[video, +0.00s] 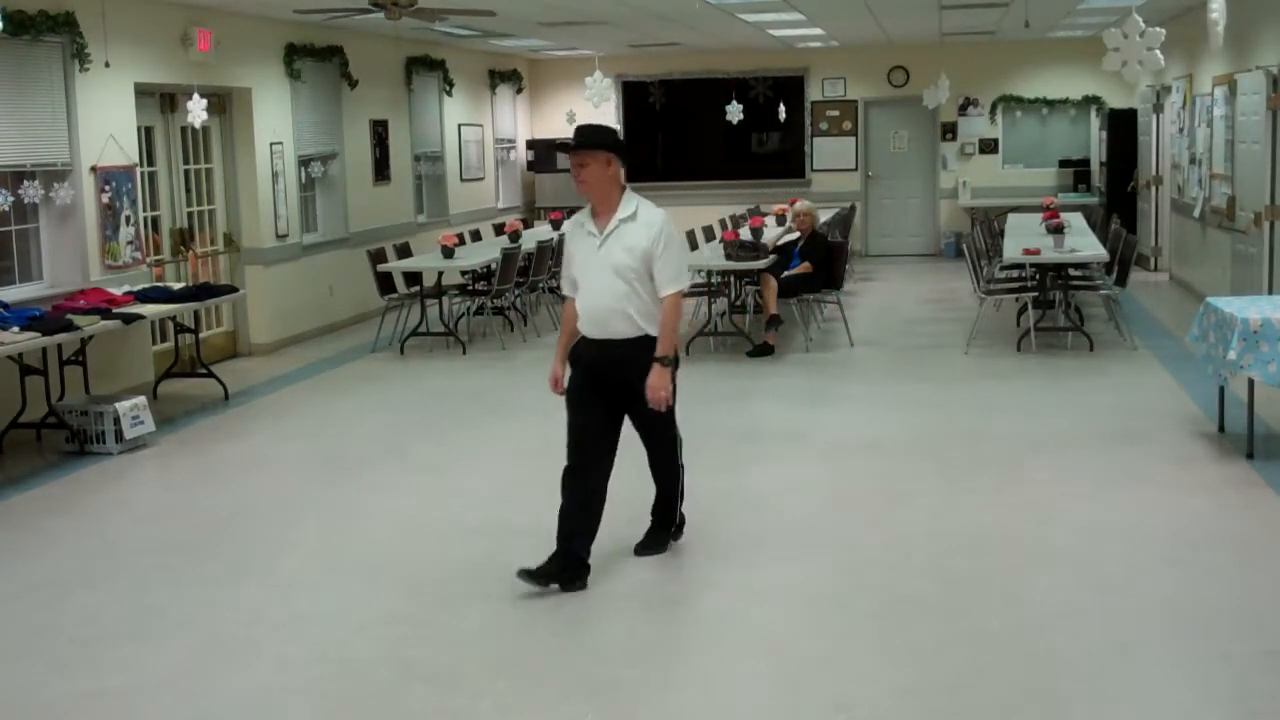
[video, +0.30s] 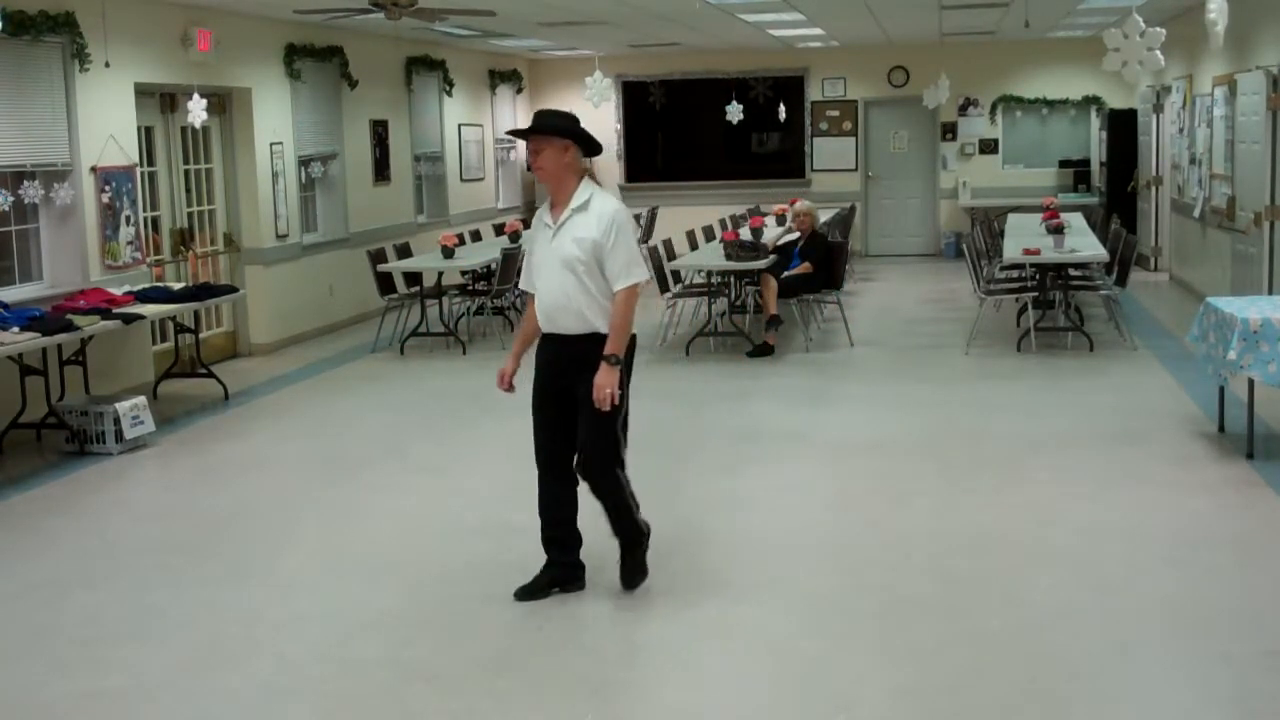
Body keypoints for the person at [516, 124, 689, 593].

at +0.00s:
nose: (575, 174)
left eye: (584, 165)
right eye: (573, 166)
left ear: (612, 166)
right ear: (575, 172)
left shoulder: (654, 222)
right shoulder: (575, 230)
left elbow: (673, 297)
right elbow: (574, 299)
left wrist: (663, 364)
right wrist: (561, 356)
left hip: (644, 356)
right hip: (591, 358)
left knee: (661, 448)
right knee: (583, 464)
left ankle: (667, 522)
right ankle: (570, 561)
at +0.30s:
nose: (529, 157)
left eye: (538, 149)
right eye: (529, 150)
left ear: (570, 153)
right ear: (543, 157)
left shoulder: (608, 211)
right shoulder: (541, 221)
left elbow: (629, 289)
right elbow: (539, 299)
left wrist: (611, 362)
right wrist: (515, 353)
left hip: (600, 349)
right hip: (553, 350)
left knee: (597, 462)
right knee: (553, 463)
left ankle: (632, 537)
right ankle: (562, 564)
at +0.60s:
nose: (507, 168)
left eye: (511, 159)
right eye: (508, 159)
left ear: (535, 160)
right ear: (541, 160)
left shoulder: (566, 223)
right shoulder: (556, 215)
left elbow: (585, 310)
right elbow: (568, 304)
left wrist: (576, 388)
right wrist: (535, 353)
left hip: (583, 371)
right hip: (561, 367)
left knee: (577, 490)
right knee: (558, 478)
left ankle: (592, 610)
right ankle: (563, 566)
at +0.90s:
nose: (521, 167)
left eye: (524, 157)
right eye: (523, 157)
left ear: (540, 161)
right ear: (571, 162)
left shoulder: (542, 224)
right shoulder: (619, 220)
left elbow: (529, 310)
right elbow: (646, 305)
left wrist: (502, 380)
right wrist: (629, 355)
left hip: (569, 376)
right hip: (626, 370)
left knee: (559, 495)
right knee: (629, 487)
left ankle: (587, 608)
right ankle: (664, 589)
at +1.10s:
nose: (534, 178)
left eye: (538, 169)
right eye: (536, 169)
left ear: (554, 173)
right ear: (588, 173)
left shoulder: (547, 236)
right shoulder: (638, 232)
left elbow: (507, 324)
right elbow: (669, 317)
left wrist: (456, 388)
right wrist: (674, 384)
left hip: (571, 393)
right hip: (637, 387)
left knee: (537, 507)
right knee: (644, 517)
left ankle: (577, 621)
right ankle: (659, 649)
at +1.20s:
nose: (537, 170)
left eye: (539, 161)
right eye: (540, 160)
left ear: (552, 164)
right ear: (591, 165)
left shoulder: (538, 231)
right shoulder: (638, 224)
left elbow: (501, 321)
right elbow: (675, 307)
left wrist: (458, 387)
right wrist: (694, 374)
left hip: (571, 390)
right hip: (638, 383)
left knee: (552, 511)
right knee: (643, 510)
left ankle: (595, 631)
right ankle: (658, 642)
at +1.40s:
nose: (532, 177)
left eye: (532, 170)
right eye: (539, 169)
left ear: (540, 173)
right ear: (588, 173)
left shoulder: (518, 242)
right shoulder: (628, 229)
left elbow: (495, 330)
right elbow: (676, 300)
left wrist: (498, 390)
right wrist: (713, 368)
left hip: (561, 391)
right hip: (629, 384)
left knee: (584, 516)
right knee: (634, 494)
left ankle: (603, 660)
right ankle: (637, 609)